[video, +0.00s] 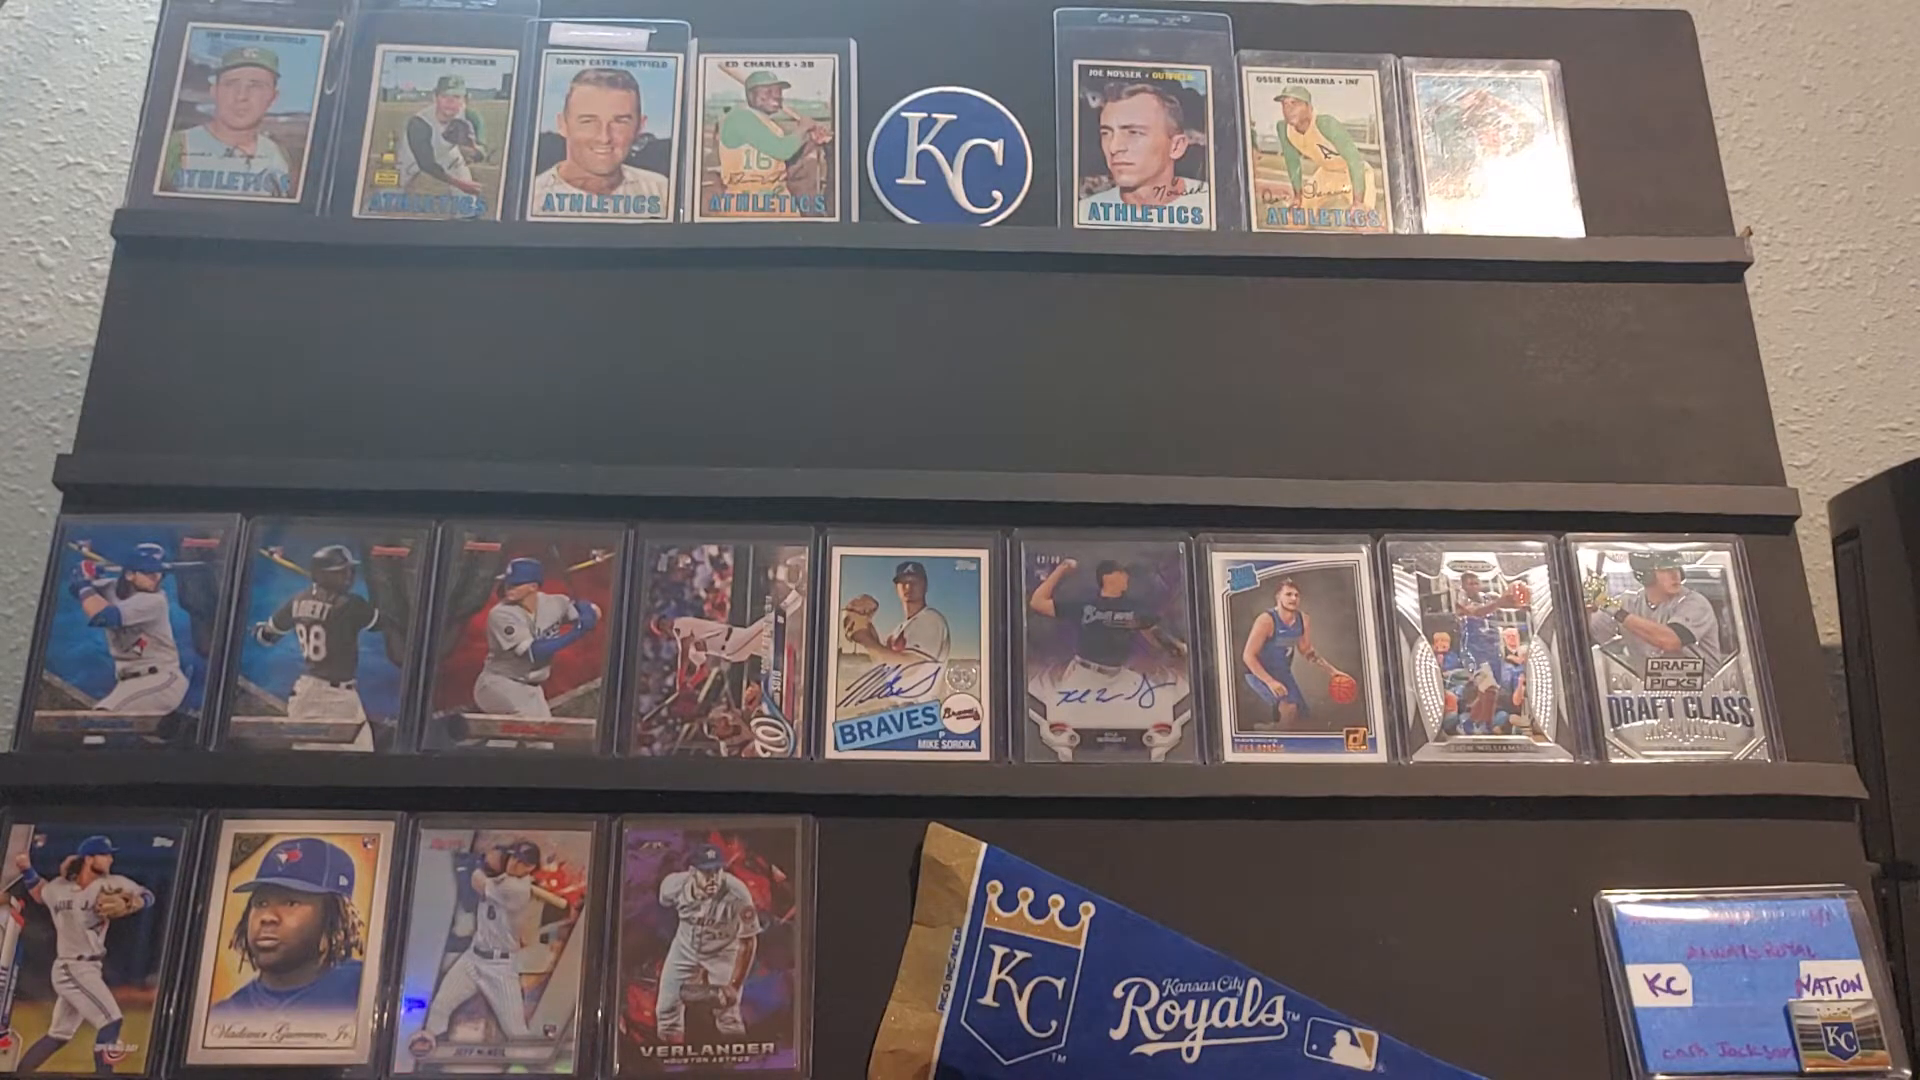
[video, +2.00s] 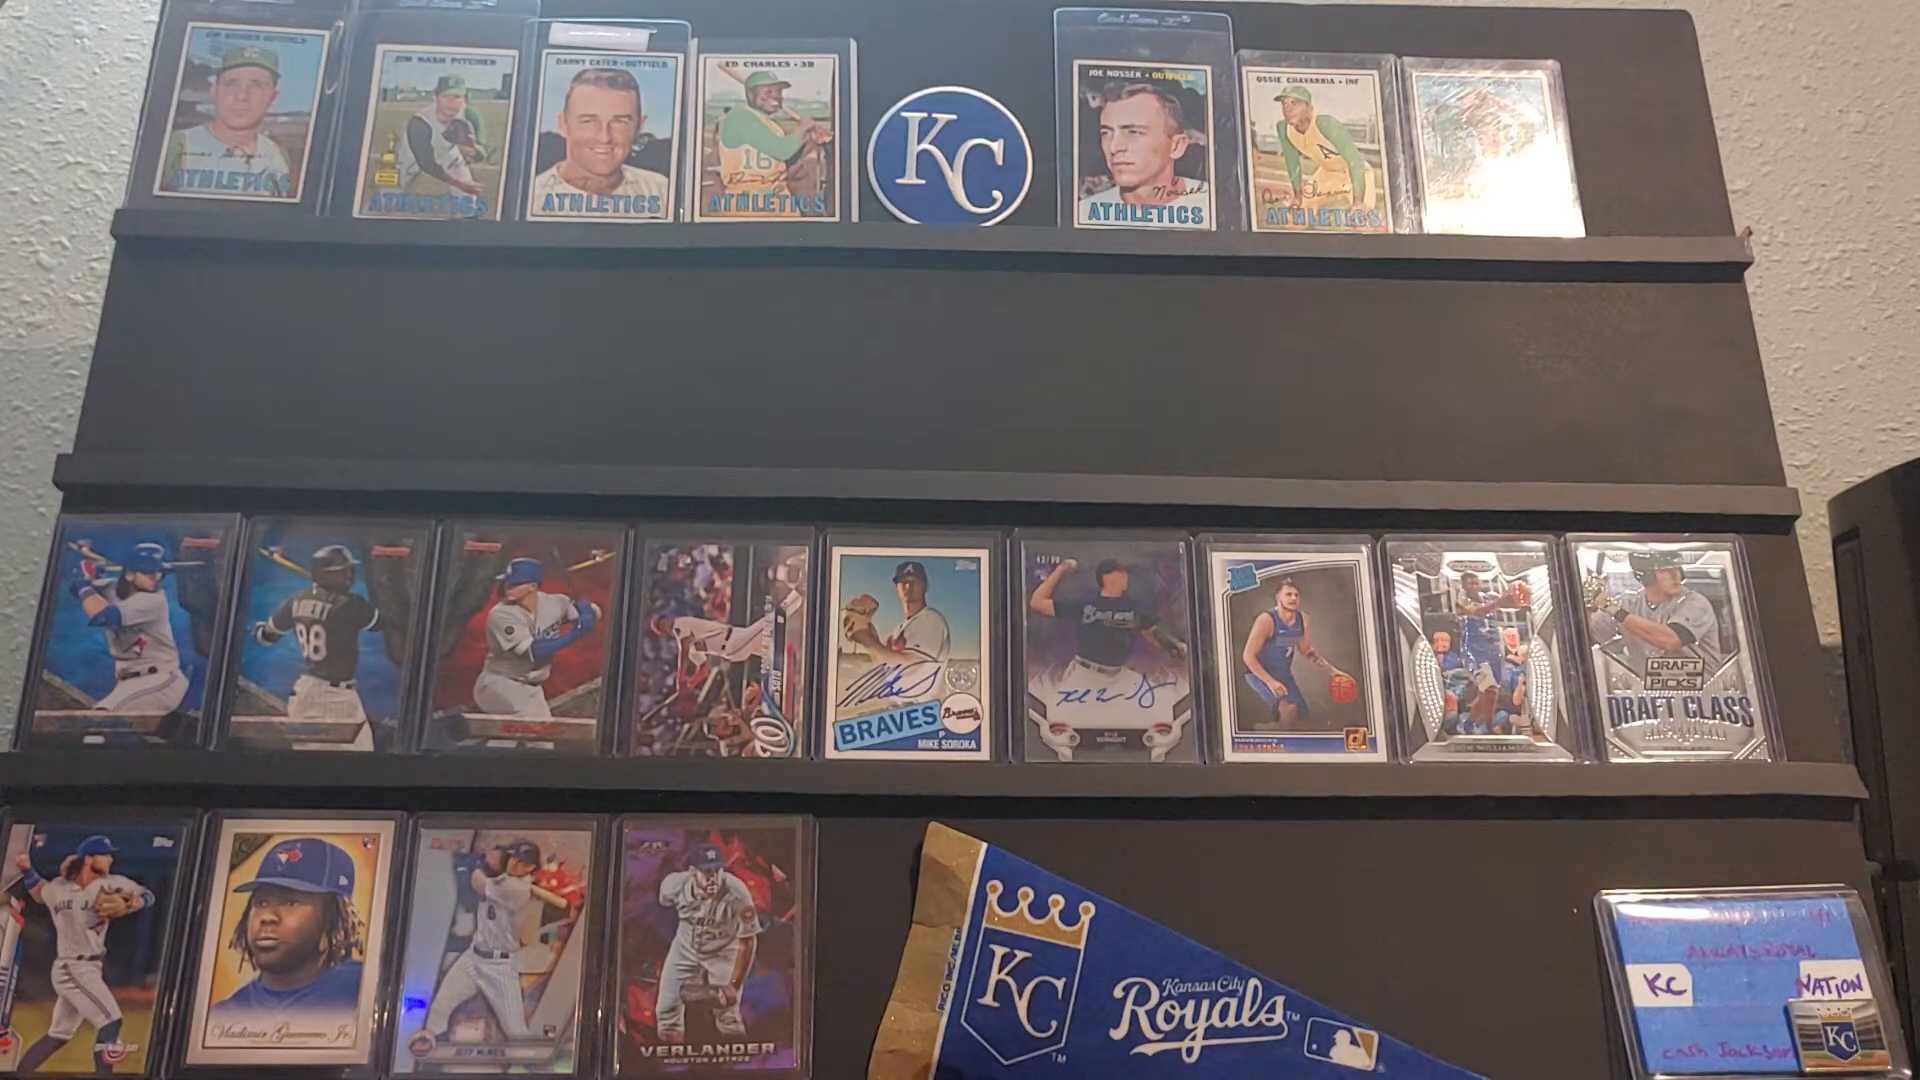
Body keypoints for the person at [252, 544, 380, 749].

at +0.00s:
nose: (350, 577)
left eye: (350, 571)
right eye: (346, 572)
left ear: (320, 575)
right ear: (334, 575)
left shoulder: (299, 601)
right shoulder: (351, 605)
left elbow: (267, 637)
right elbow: (385, 622)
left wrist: (259, 631)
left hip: (306, 694)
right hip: (342, 697)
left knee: (305, 765)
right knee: (360, 766)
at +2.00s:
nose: (352, 576)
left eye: (351, 570)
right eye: (348, 571)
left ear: (320, 574)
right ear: (336, 574)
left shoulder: (298, 601)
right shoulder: (351, 605)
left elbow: (267, 637)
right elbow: (384, 622)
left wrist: (260, 630)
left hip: (305, 692)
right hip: (341, 697)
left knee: (307, 764)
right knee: (359, 765)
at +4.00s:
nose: (351, 576)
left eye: (351, 571)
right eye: (347, 571)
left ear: (320, 575)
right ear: (336, 575)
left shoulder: (298, 600)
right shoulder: (351, 605)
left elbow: (268, 637)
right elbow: (387, 620)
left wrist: (259, 630)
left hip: (305, 694)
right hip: (341, 698)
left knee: (305, 765)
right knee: (361, 767)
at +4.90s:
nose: (351, 576)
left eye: (351, 570)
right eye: (347, 570)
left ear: (320, 574)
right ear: (335, 574)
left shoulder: (299, 600)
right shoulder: (352, 605)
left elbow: (267, 637)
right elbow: (385, 622)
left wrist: (259, 630)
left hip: (306, 692)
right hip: (341, 696)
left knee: (306, 765)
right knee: (359, 765)